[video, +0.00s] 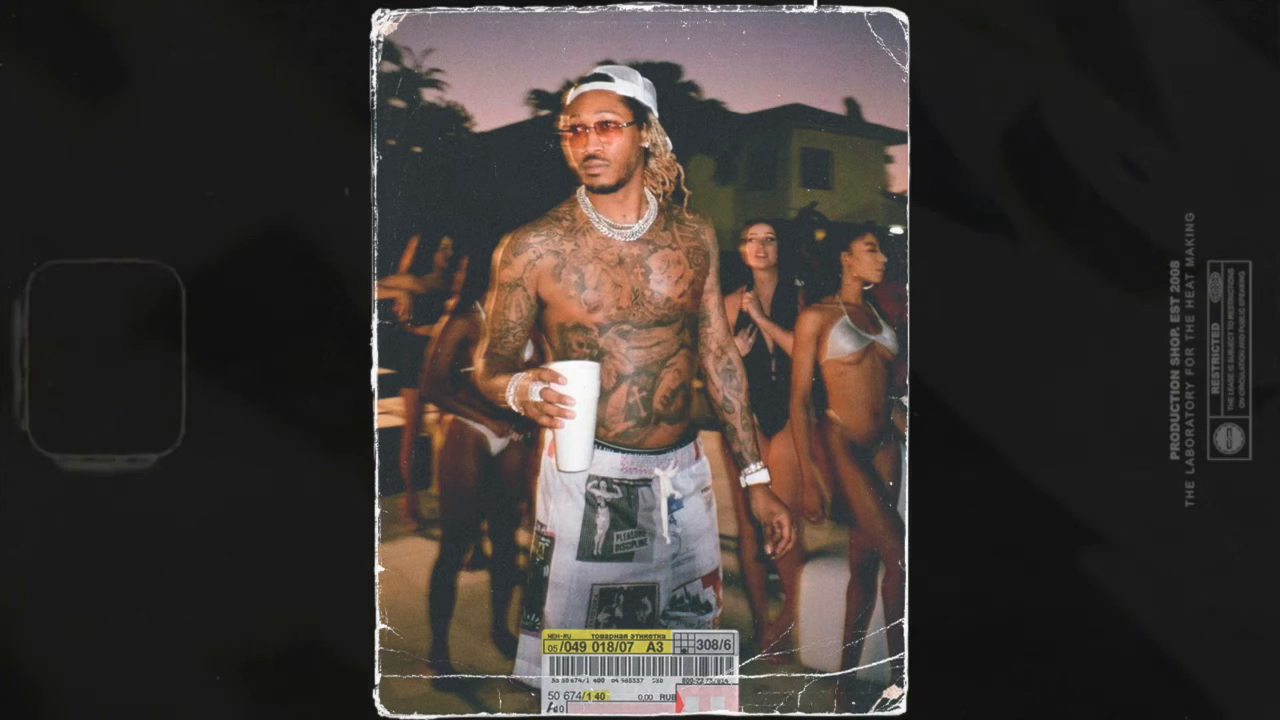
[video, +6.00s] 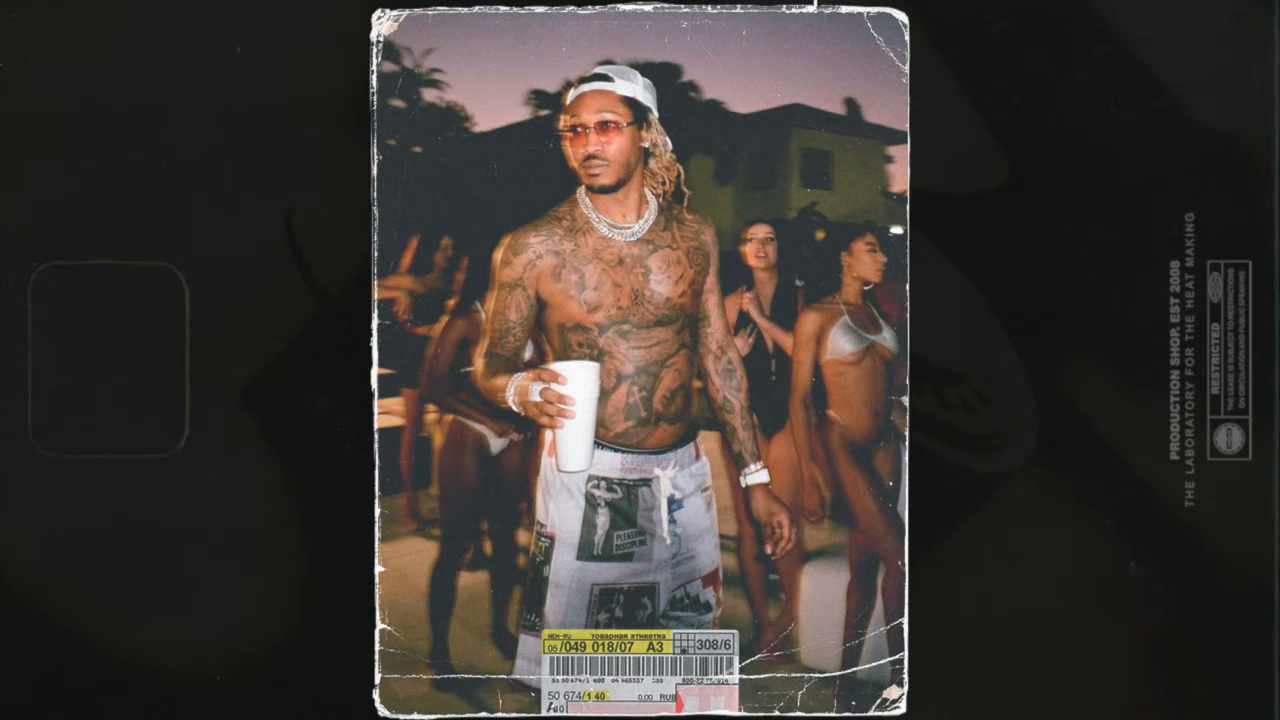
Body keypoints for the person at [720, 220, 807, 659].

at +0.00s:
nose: (760, 249)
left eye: (768, 241)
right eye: (752, 242)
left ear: (780, 249)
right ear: (741, 250)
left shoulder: (797, 296)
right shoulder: (730, 300)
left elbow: (802, 351)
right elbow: (714, 365)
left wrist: (761, 318)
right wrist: (735, 347)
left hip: (784, 421)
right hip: (739, 421)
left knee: (783, 520)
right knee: (748, 525)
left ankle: (794, 612)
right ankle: (761, 620)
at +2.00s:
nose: (759, 249)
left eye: (768, 241)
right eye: (751, 242)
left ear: (781, 249)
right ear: (741, 250)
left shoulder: (797, 296)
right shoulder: (730, 300)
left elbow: (802, 351)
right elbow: (714, 365)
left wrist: (761, 318)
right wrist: (735, 346)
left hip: (784, 420)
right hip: (739, 421)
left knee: (783, 520)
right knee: (748, 526)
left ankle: (794, 614)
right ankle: (762, 620)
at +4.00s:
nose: (760, 249)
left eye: (768, 241)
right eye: (752, 242)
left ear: (781, 249)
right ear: (741, 250)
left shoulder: (797, 296)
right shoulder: (730, 300)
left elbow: (804, 352)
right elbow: (713, 365)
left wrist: (761, 318)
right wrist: (736, 340)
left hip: (784, 419)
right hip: (738, 420)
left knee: (783, 522)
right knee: (748, 526)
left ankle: (794, 613)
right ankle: (761, 621)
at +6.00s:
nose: (759, 249)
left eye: (767, 242)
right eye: (752, 242)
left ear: (781, 249)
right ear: (740, 250)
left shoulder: (797, 296)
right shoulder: (731, 300)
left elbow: (803, 351)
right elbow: (714, 365)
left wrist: (761, 318)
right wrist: (735, 344)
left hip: (784, 420)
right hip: (739, 421)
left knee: (783, 521)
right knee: (748, 526)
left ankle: (793, 613)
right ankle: (762, 621)